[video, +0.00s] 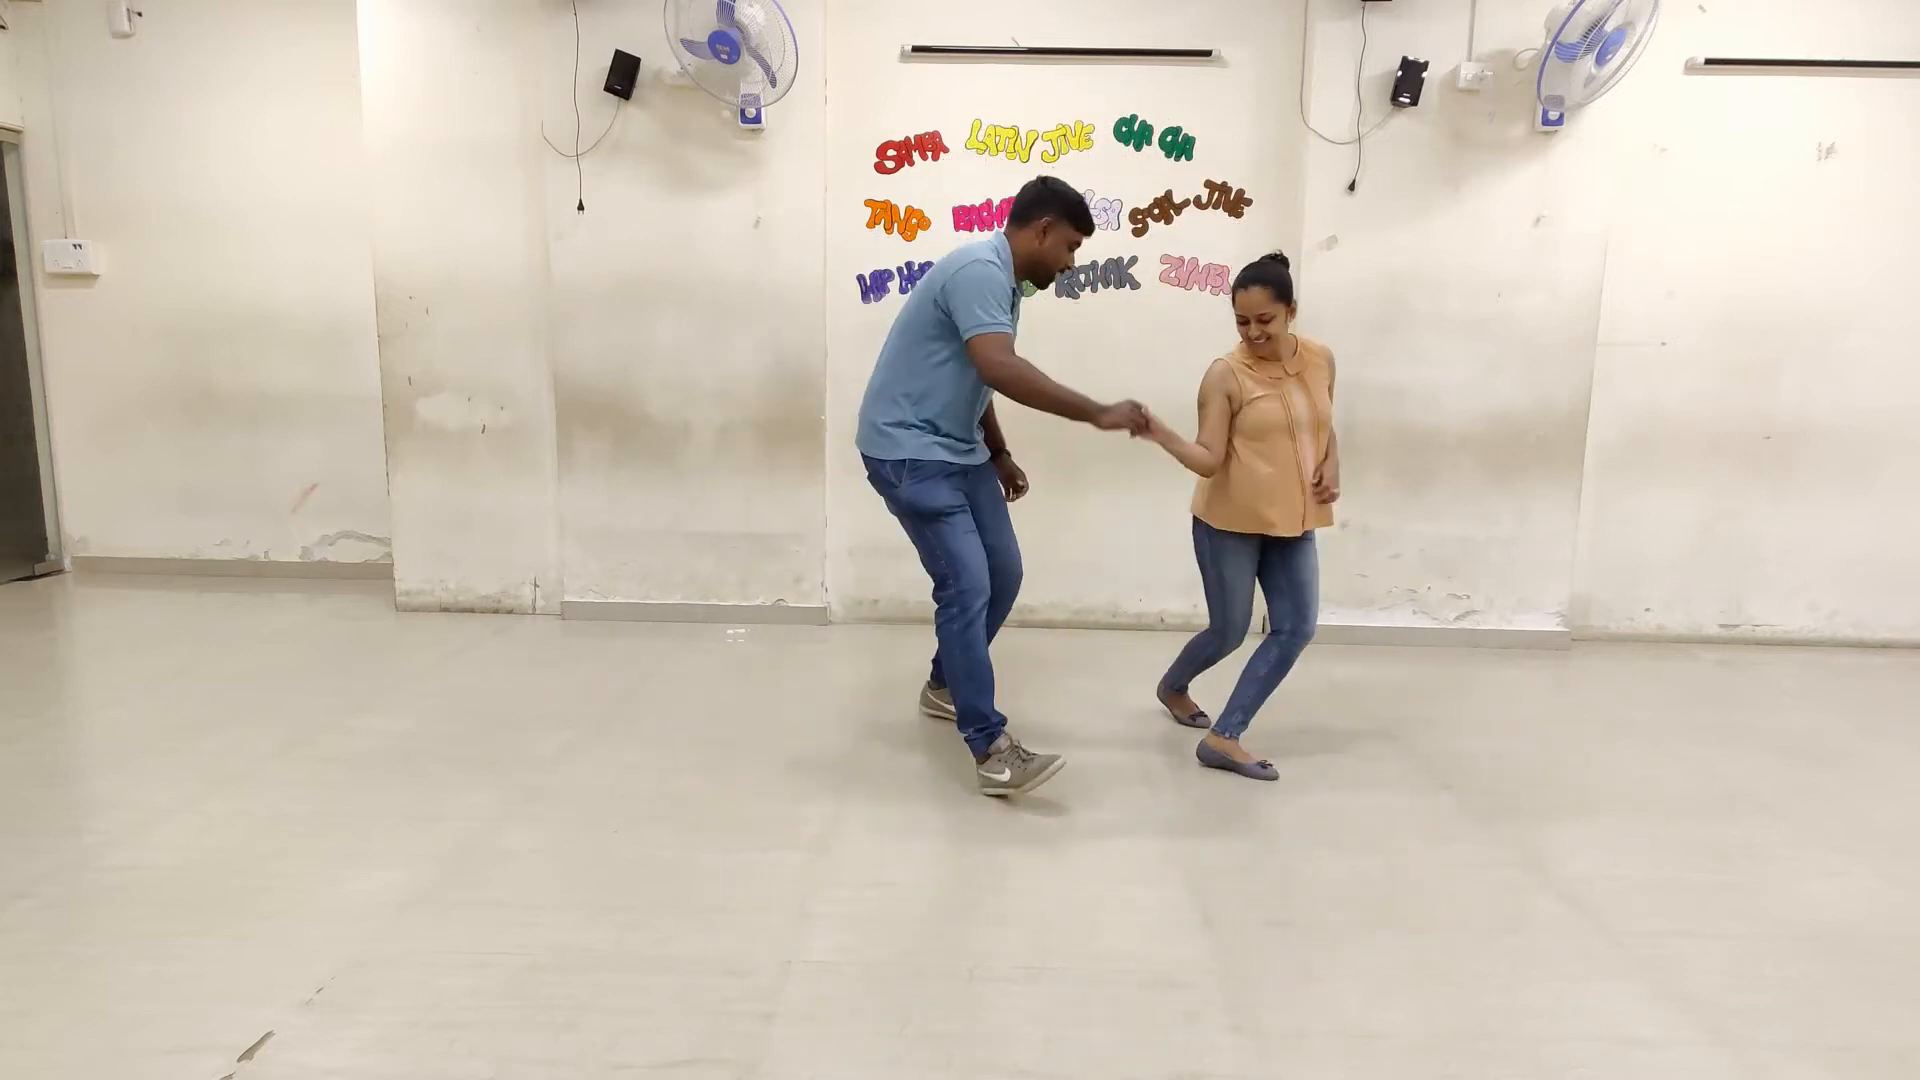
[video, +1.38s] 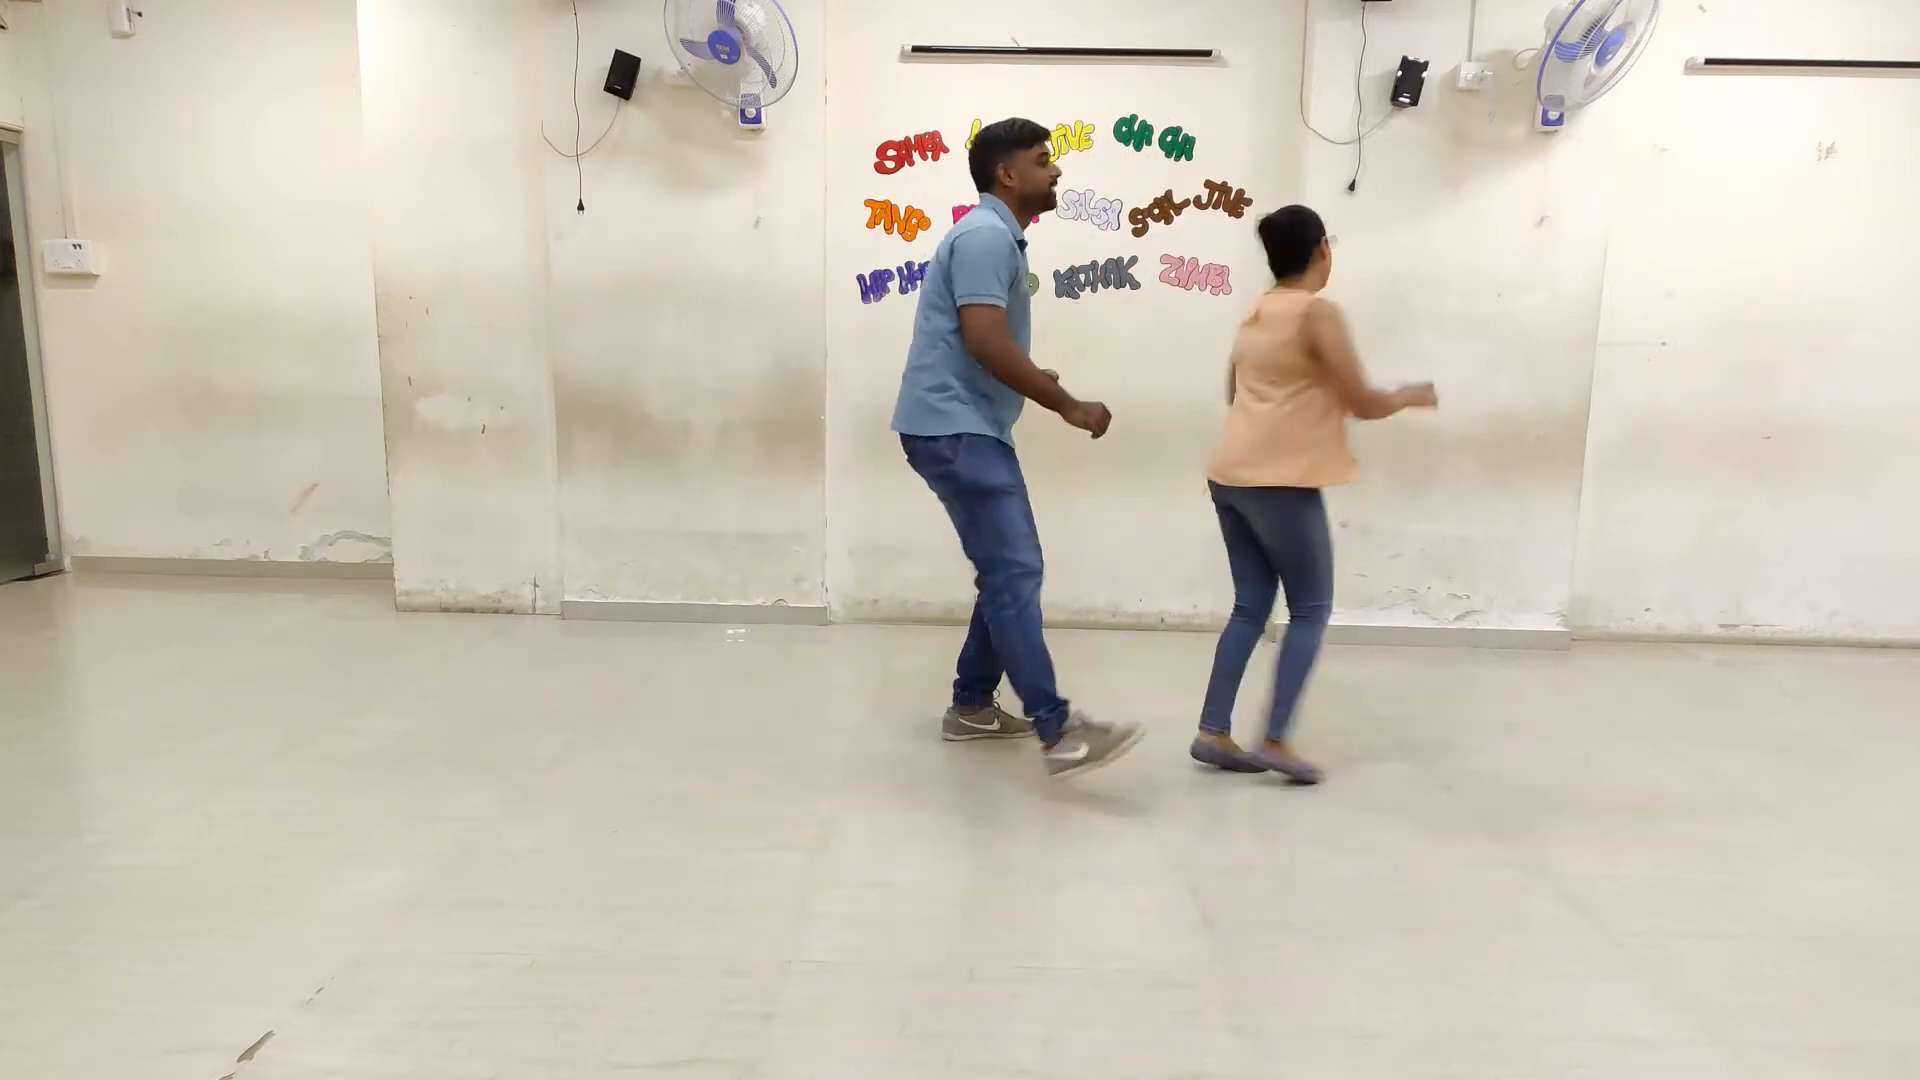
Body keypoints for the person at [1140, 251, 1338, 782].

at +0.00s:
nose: (1254, 332)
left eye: (1265, 319)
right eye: (1243, 321)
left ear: (1290, 310)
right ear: (1234, 314)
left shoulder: (1318, 360)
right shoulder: (1224, 375)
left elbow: (1324, 426)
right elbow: (1209, 459)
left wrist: (1330, 466)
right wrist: (1159, 432)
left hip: (1291, 523)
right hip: (1227, 521)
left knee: (1294, 628)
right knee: (1230, 630)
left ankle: (1223, 736)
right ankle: (1171, 686)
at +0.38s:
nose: (1218, 316)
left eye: (1229, 309)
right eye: (1219, 306)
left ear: (1264, 317)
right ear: (1239, 315)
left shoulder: (1294, 379)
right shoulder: (1217, 377)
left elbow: (1315, 472)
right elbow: (1202, 458)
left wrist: (1237, 490)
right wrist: (1154, 490)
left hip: (1282, 532)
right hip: (1222, 528)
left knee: (1232, 631)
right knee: (1171, 609)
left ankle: (1272, 739)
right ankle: (1221, 705)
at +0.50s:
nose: (1219, 290)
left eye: (1229, 281)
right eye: (1222, 279)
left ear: (1262, 291)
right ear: (1258, 290)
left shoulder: (1267, 346)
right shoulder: (1255, 343)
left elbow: (1257, 435)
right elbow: (1216, 415)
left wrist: (1205, 450)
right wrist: (1137, 412)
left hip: (1282, 502)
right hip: (1259, 500)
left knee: (1230, 621)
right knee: (1200, 589)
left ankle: (1293, 744)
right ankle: (1223, 704)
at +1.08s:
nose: (1272, 286)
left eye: (1285, 279)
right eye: (1263, 274)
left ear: (1296, 291)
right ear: (1242, 279)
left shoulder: (1315, 352)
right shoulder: (1209, 349)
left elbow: (1343, 436)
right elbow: (1159, 418)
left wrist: (1261, 448)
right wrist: (1149, 470)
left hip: (1286, 514)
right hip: (1214, 506)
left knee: (1259, 633)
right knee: (1181, 612)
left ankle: (1218, 731)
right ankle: (1206, 682)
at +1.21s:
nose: (1320, 276)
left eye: (1321, 266)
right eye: (1311, 266)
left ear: (1292, 271)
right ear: (1276, 269)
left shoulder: (1315, 338)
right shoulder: (1234, 342)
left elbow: (1327, 413)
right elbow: (1234, 438)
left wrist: (1322, 428)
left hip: (1293, 502)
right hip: (1230, 498)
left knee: (1273, 630)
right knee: (1231, 619)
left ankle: (1218, 729)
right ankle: (1164, 674)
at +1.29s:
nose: (1331, 264)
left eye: (1328, 254)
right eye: (1324, 254)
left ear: (1295, 263)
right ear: (1296, 261)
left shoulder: (1293, 326)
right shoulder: (1264, 328)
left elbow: (1293, 413)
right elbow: (1285, 422)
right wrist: (1366, 438)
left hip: (1282, 491)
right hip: (1243, 490)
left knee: (1277, 614)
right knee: (1273, 611)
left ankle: (1214, 726)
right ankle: (1182, 702)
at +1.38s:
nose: (1332, 254)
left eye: (1328, 245)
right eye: (1329, 246)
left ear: (1275, 257)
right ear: (1319, 253)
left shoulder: (1255, 314)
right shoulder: (1318, 313)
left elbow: (1235, 395)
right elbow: (1362, 403)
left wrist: (1311, 402)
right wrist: (1409, 398)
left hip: (1231, 479)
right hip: (1284, 484)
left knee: (1251, 606)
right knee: (1310, 609)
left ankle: (1212, 734)